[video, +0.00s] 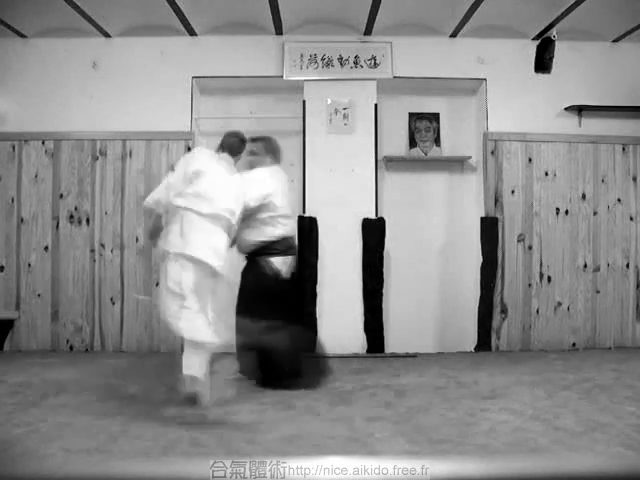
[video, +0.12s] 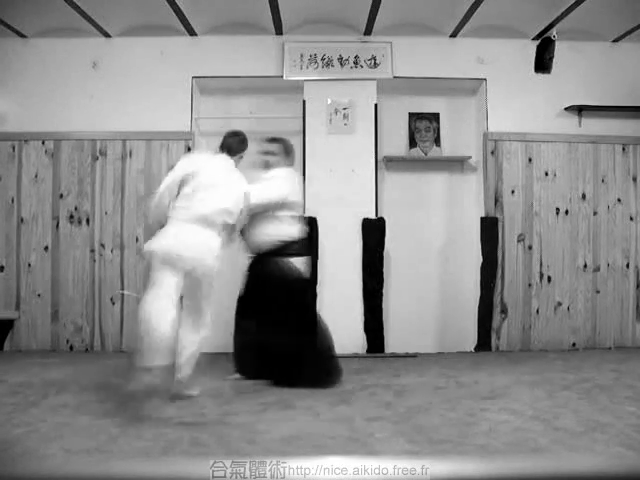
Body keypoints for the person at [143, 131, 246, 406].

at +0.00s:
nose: (230, 154)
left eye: (224, 144)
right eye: (239, 155)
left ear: (219, 145)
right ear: (239, 155)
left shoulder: (197, 156)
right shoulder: (238, 181)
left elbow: (166, 191)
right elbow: (233, 222)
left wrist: (153, 223)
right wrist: (225, 241)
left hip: (182, 235)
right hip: (212, 243)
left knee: (174, 300)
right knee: (200, 304)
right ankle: (194, 374)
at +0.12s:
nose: (240, 158)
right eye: (242, 154)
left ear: (220, 145)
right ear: (241, 154)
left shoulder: (192, 161)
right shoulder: (240, 184)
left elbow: (162, 195)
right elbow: (234, 226)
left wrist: (155, 229)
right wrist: (221, 242)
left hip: (174, 235)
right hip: (205, 244)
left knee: (160, 298)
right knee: (196, 311)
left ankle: (152, 367)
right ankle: (183, 378)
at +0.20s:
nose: (239, 161)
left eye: (237, 155)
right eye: (239, 156)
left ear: (213, 153)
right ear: (236, 157)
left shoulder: (186, 175)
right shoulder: (239, 189)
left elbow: (162, 209)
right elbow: (249, 227)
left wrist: (160, 236)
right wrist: (261, 204)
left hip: (169, 251)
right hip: (201, 258)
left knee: (144, 312)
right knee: (194, 325)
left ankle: (109, 354)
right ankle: (177, 386)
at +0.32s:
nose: (223, 137)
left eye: (220, 131)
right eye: (217, 133)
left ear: (194, 141)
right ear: (209, 138)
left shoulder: (178, 174)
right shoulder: (219, 172)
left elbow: (164, 210)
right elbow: (254, 188)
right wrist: (279, 178)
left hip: (166, 248)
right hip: (194, 252)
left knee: (145, 306)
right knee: (196, 321)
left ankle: (100, 347)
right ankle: (184, 385)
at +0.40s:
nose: (218, 128)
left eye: (216, 122)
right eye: (214, 123)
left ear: (191, 132)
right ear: (202, 130)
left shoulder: (174, 160)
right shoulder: (211, 161)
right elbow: (252, 175)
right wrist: (289, 186)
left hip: (167, 240)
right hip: (190, 244)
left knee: (152, 292)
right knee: (198, 310)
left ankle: (110, 337)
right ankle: (185, 376)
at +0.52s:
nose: (236, 143)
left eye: (234, 138)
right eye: (232, 138)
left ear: (210, 139)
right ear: (222, 141)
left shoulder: (189, 162)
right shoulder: (220, 172)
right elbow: (248, 201)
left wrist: (255, 182)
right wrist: (272, 213)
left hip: (172, 237)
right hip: (189, 243)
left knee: (169, 293)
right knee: (203, 306)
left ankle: (129, 332)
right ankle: (199, 369)